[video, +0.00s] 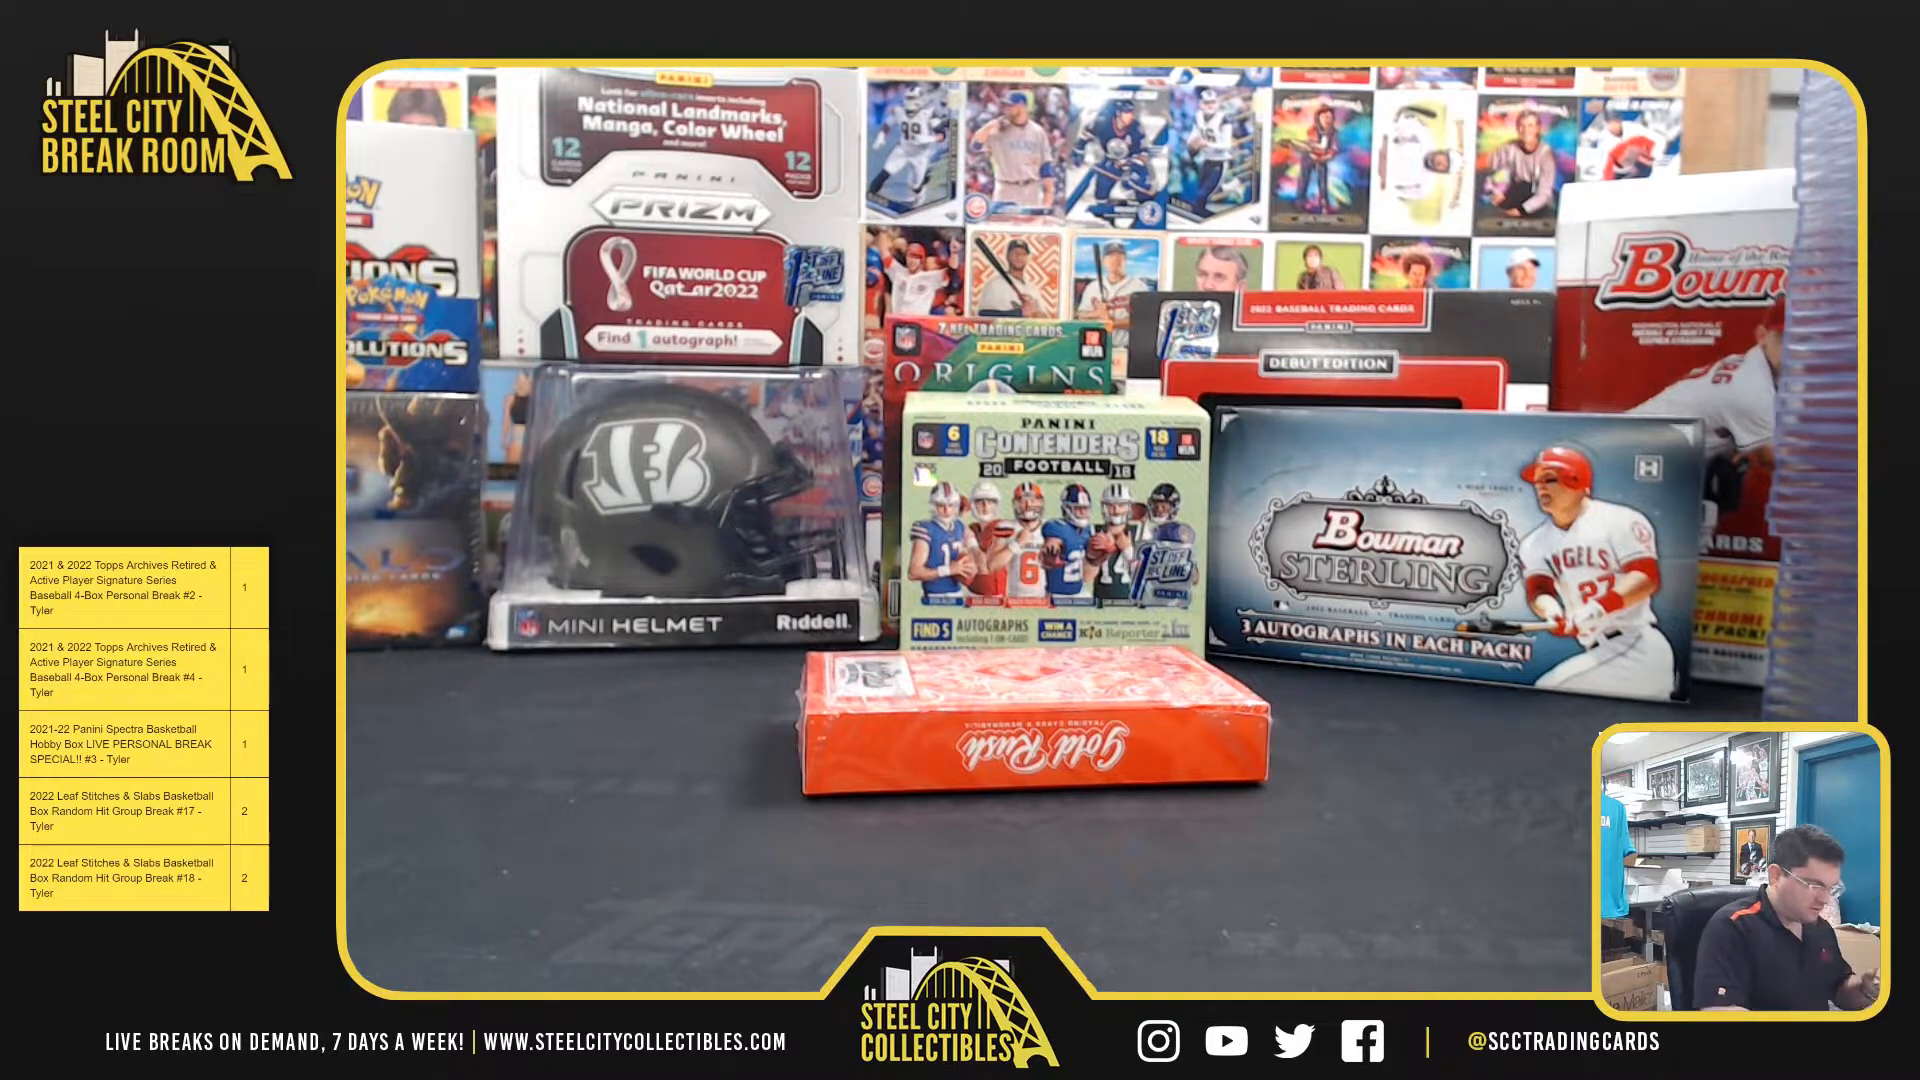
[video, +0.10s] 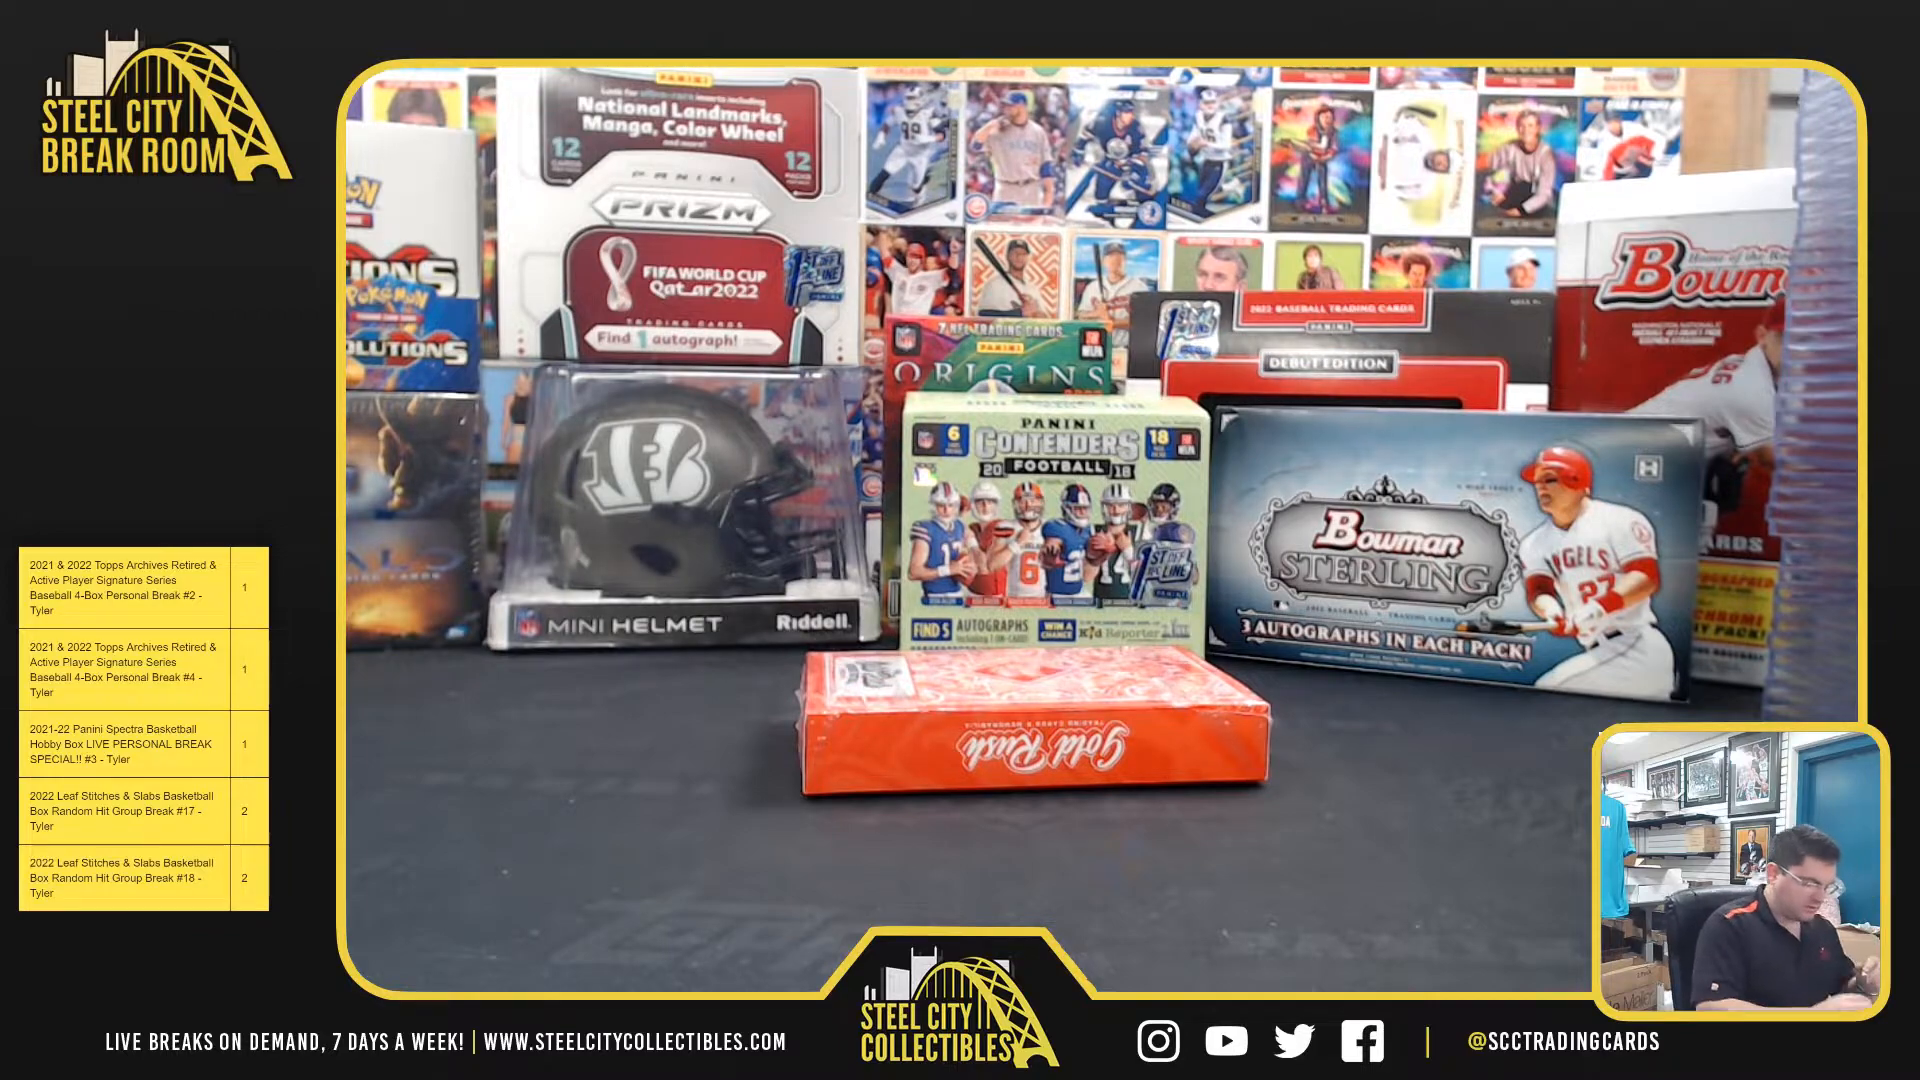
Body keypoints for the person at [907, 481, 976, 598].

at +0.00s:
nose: (946, 511)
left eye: (951, 505)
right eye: (941, 505)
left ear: (957, 506)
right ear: (934, 506)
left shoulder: (961, 527)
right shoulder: (924, 529)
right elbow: (915, 572)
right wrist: (949, 570)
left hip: (958, 595)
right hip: (935, 598)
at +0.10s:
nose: (946, 511)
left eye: (951, 505)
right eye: (941, 505)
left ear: (957, 506)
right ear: (934, 506)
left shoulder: (961, 527)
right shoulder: (924, 529)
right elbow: (915, 572)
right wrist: (949, 570)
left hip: (958, 595)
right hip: (935, 598)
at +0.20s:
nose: (946, 511)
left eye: (950, 505)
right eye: (941, 506)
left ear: (957, 507)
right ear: (934, 507)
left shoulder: (960, 528)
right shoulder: (925, 529)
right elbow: (914, 572)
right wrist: (948, 569)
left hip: (958, 596)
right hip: (935, 598)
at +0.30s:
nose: (946, 511)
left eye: (950, 505)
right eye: (941, 506)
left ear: (957, 507)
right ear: (934, 507)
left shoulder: (960, 528)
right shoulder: (925, 529)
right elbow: (914, 572)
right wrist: (948, 569)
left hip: (958, 596)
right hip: (935, 598)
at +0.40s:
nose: (946, 511)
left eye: (950, 505)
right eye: (941, 506)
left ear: (957, 507)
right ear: (934, 507)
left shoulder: (960, 528)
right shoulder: (925, 529)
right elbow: (914, 572)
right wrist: (948, 569)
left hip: (958, 596)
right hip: (935, 598)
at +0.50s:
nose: (946, 511)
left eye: (950, 505)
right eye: (941, 506)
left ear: (957, 507)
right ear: (934, 507)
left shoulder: (960, 528)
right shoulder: (925, 529)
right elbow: (914, 572)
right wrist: (948, 569)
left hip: (958, 596)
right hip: (935, 598)